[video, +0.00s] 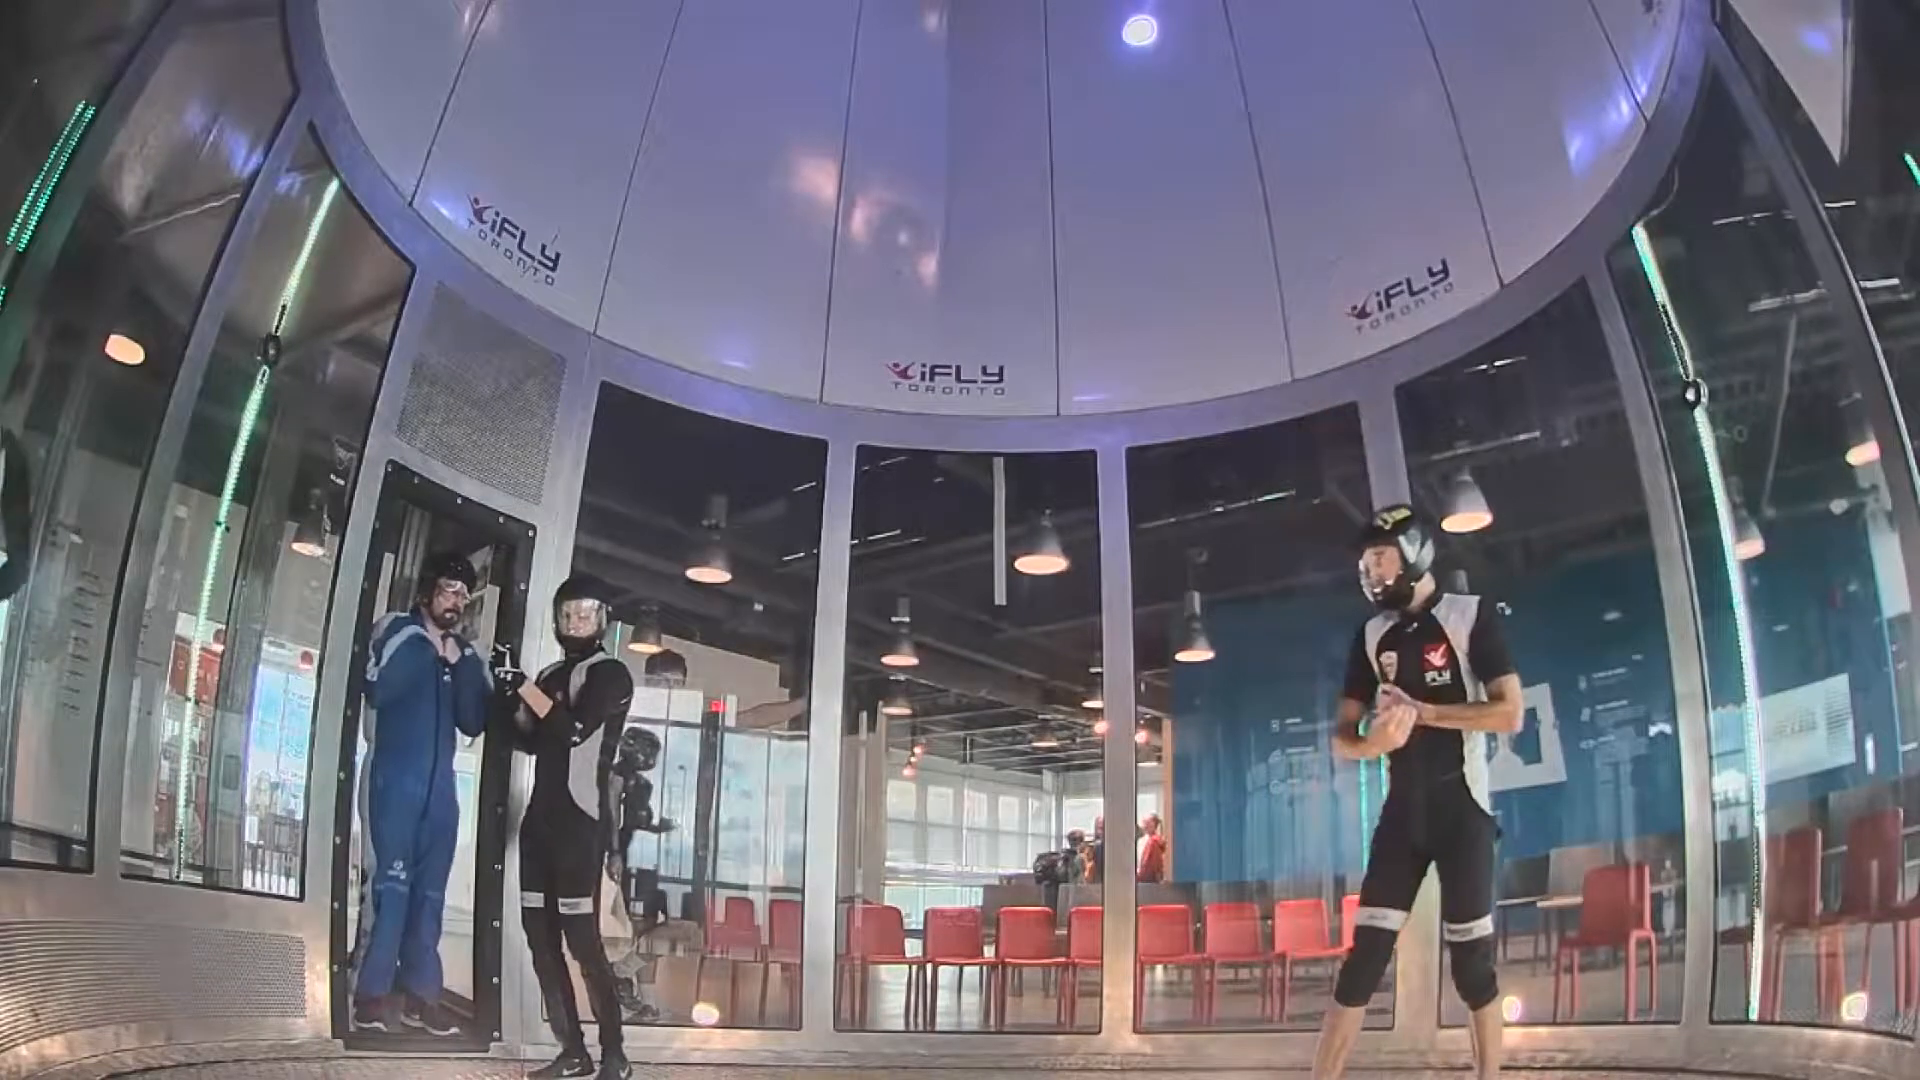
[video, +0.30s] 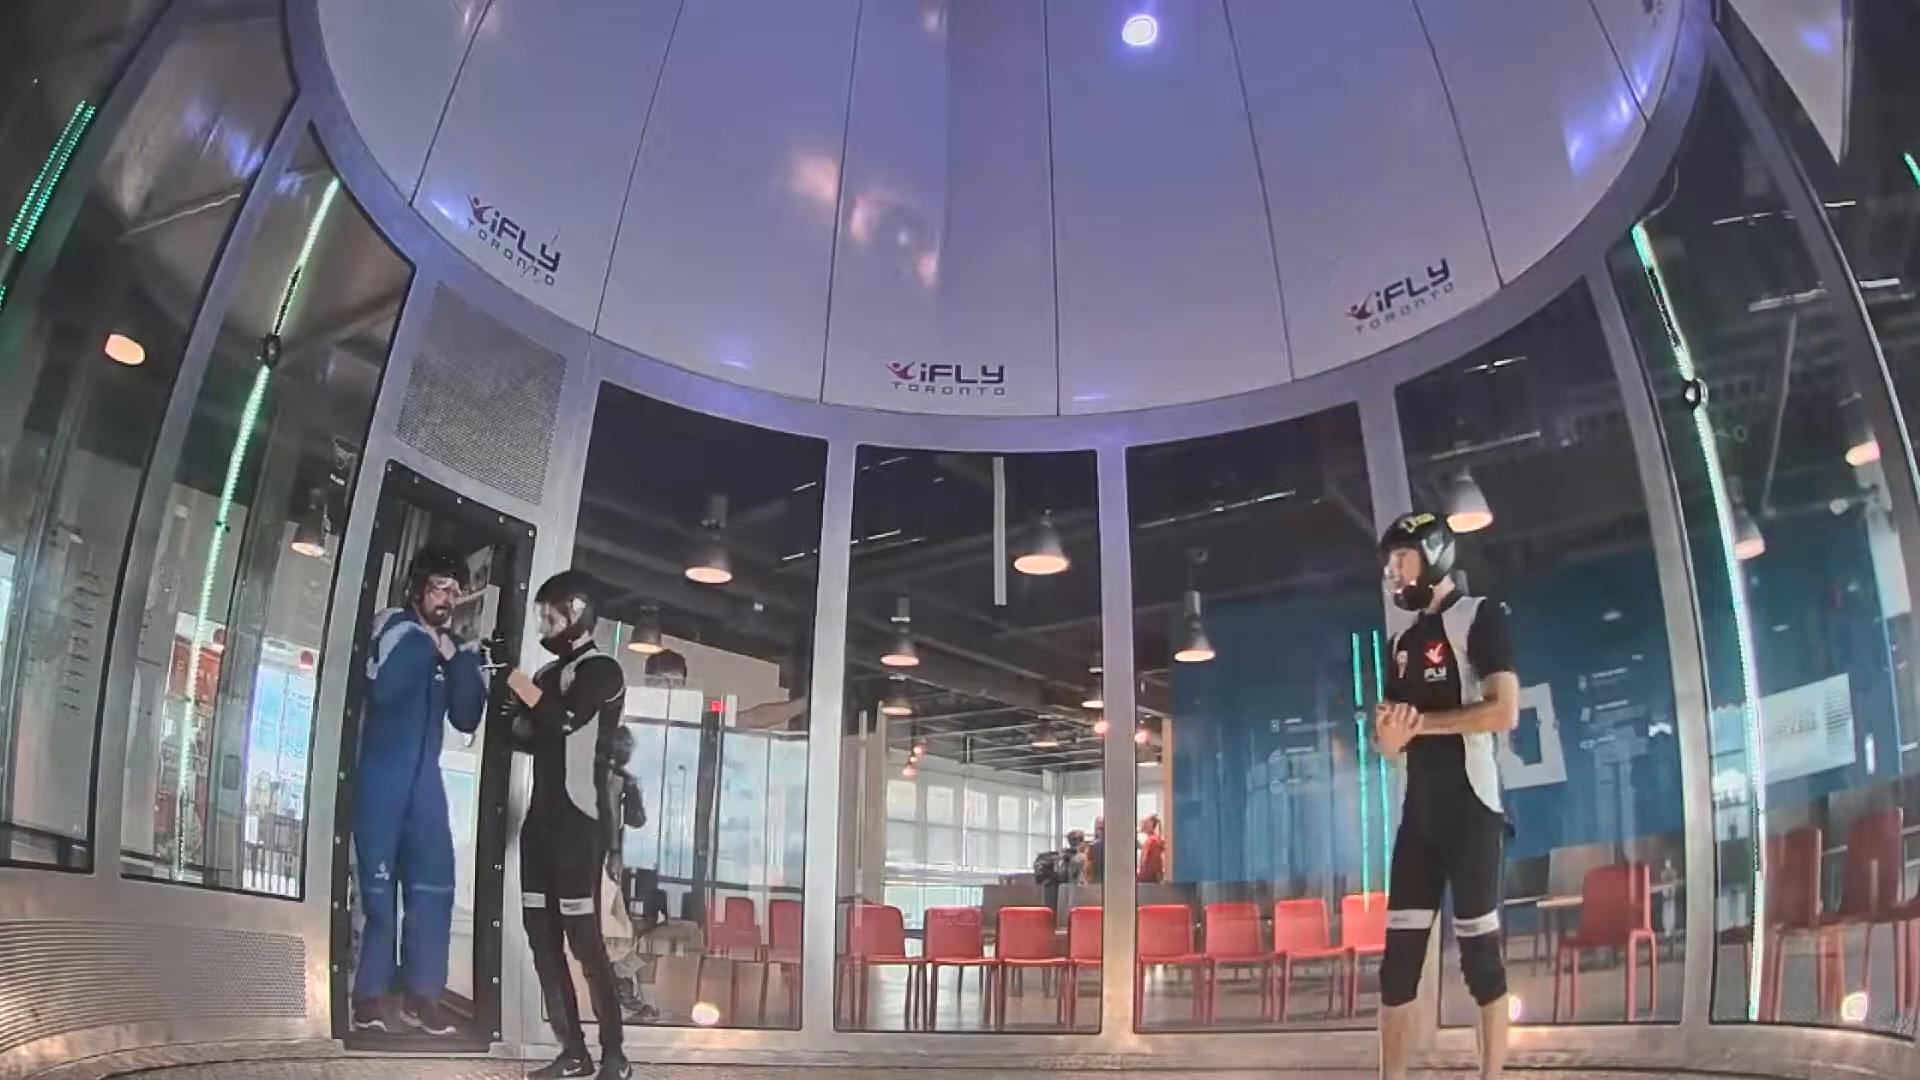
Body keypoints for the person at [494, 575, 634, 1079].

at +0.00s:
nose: (579, 620)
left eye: (588, 612)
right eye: (571, 612)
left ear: (603, 618)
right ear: (557, 618)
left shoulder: (611, 674)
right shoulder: (550, 676)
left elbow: (571, 733)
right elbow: (530, 740)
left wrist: (523, 682)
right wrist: (506, 691)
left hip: (580, 819)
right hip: (540, 815)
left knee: (581, 935)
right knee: (540, 933)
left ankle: (613, 1053)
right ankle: (573, 1051)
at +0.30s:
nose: (544, 624)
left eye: (552, 615)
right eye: (543, 615)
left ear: (579, 613)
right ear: (555, 616)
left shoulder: (603, 669)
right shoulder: (549, 674)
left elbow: (565, 725)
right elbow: (523, 737)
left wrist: (528, 693)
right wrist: (514, 712)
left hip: (580, 820)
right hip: (540, 816)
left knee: (583, 934)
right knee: (541, 930)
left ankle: (612, 1053)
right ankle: (573, 1050)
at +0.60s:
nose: (545, 625)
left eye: (552, 615)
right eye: (543, 615)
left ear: (579, 613)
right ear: (566, 615)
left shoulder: (605, 672)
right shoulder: (552, 676)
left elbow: (624, 743)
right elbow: (541, 737)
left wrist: (555, 740)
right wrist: (516, 737)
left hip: (581, 822)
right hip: (541, 819)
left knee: (584, 937)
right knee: (546, 935)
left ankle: (613, 1055)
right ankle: (575, 1053)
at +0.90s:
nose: (564, 627)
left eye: (574, 619)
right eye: (563, 619)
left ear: (601, 622)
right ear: (571, 622)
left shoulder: (620, 681)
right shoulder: (565, 681)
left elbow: (607, 765)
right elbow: (565, 754)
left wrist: (541, 748)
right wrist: (524, 747)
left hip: (591, 822)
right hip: (551, 817)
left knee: (591, 939)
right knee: (551, 939)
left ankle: (615, 1057)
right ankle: (576, 1054)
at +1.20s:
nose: (586, 632)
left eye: (595, 624)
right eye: (584, 623)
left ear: (623, 626)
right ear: (587, 625)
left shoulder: (634, 686)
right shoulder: (579, 686)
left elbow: (591, 748)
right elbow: (549, 749)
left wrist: (541, 715)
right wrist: (510, 713)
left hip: (595, 828)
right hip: (554, 822)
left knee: (580, 948)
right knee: (551, 945)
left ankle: (615, 1059)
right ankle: (578, 1057)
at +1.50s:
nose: (605, 628)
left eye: (617, 620)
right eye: (601, 619)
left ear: (642, 628)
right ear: (594, 625)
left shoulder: (658, 689)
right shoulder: (582, 685)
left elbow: (643, 765)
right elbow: (549, 734)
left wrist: (583, 743)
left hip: (613, 827)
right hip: (562, 819)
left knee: (604, 941)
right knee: (550, 944)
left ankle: (636, 1062)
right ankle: (575, 1057)